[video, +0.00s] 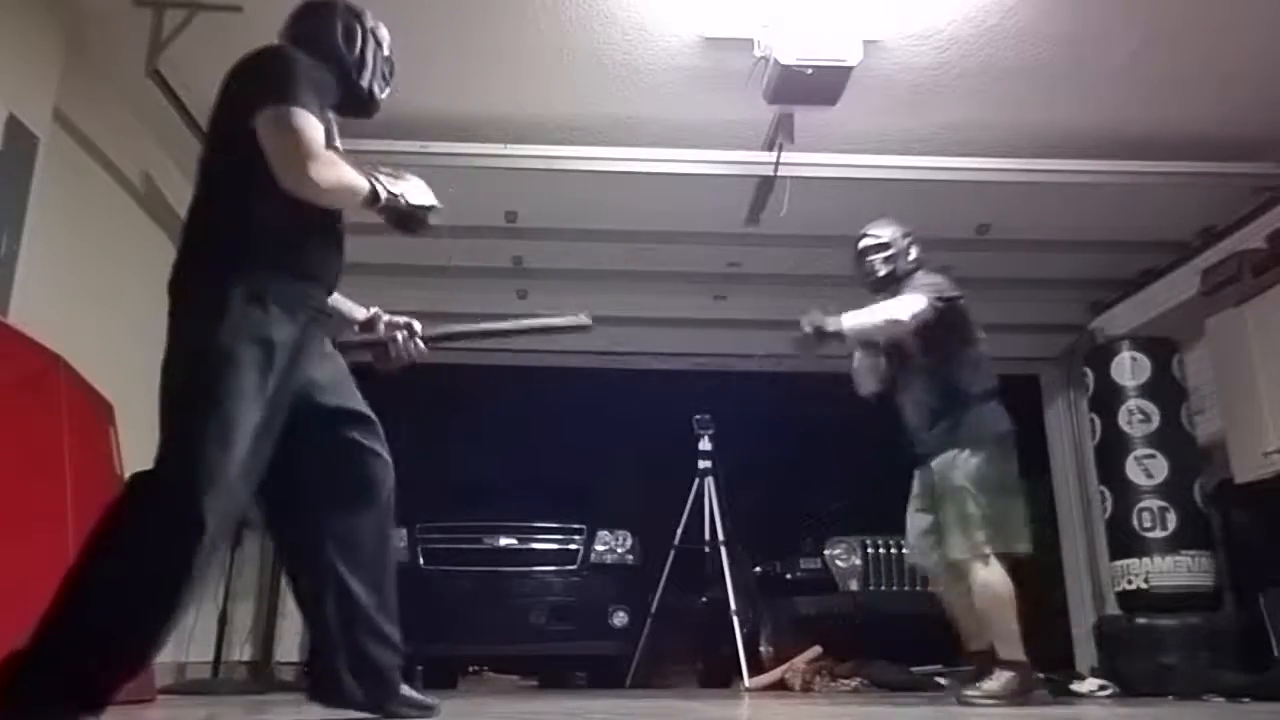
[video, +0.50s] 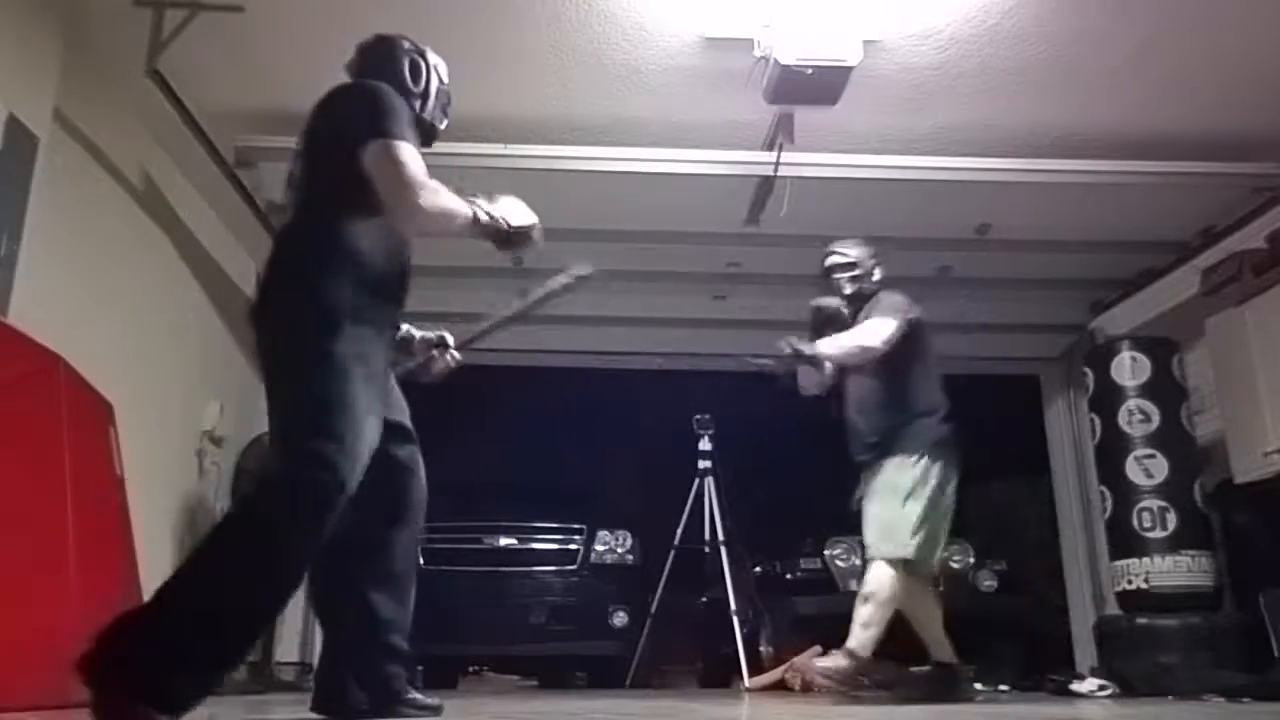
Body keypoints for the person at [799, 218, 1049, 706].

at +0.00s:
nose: (874, 263)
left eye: (882, 252)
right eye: (866, 257)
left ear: (907, 250)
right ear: (861, 266)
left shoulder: (931, 286)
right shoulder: (883, 312)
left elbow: (902, 316)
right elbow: (868, 385)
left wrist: (831, 324)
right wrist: (867, 334)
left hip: (971, 443)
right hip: (935, 452)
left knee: (975, 554)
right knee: (934, 558)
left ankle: (1015, 667)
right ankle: (979, 660)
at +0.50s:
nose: (841, 279)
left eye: (850, 269)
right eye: (833, 272)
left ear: (874, 269)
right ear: (828, 278)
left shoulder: (894, 303)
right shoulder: (838, 322)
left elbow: (871, 342)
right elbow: (818, 382)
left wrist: (812, 350)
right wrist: (799, 361)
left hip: (917, 448)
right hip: (881, 456)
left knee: (887, 550)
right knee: (902, 563)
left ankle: (854, 655)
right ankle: (947, 664)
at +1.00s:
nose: (803, 276)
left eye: (812, 267)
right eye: (794, 270)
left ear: (836, 270)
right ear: (786, 279)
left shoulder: (859, 307)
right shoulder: (798, 325)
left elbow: (862, 348)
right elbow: (773, 396)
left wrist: (797, 348)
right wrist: (770, 351)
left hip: (872, 445)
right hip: (841, 452)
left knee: (815, 524)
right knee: (857, 567)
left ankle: (823, 658)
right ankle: (932, 661)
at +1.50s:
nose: (777, 263)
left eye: (787, 252)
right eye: (767, 254)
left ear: (809, 257)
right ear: (755, 263)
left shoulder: (830, 308)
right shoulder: (762, 318)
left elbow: (836, 366)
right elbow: (738, 353)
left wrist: (777, 361)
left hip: (823, 442)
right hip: (786, 446)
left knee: (767, 515)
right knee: (807, 574)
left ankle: (776, 659)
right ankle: (880, 660)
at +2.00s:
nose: (705, 227)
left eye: (716, 218)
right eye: (696, 219)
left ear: (741, 228)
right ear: (684, 232)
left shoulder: (749, 272)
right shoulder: (717, 282)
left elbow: (679, 303)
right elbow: (668, 350)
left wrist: (646, 293)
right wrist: (664, 309)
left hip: (778, 426)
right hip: (763, 429)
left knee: (711, 532)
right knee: (758, 572)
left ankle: (710, 674)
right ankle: (857, 639)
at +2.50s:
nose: (714, 223)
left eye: (725, 213)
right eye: (707, 216)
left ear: (754, 217)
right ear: (701, 227)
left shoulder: (768, 254)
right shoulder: (733, 275)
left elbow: (714, 295)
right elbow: (722, 364)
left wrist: (655, 306)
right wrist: (695, 325)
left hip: (804, 408)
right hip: (807, 413)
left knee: (737, 525)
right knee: (810, 555)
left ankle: (729, 670)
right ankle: (886, 669)